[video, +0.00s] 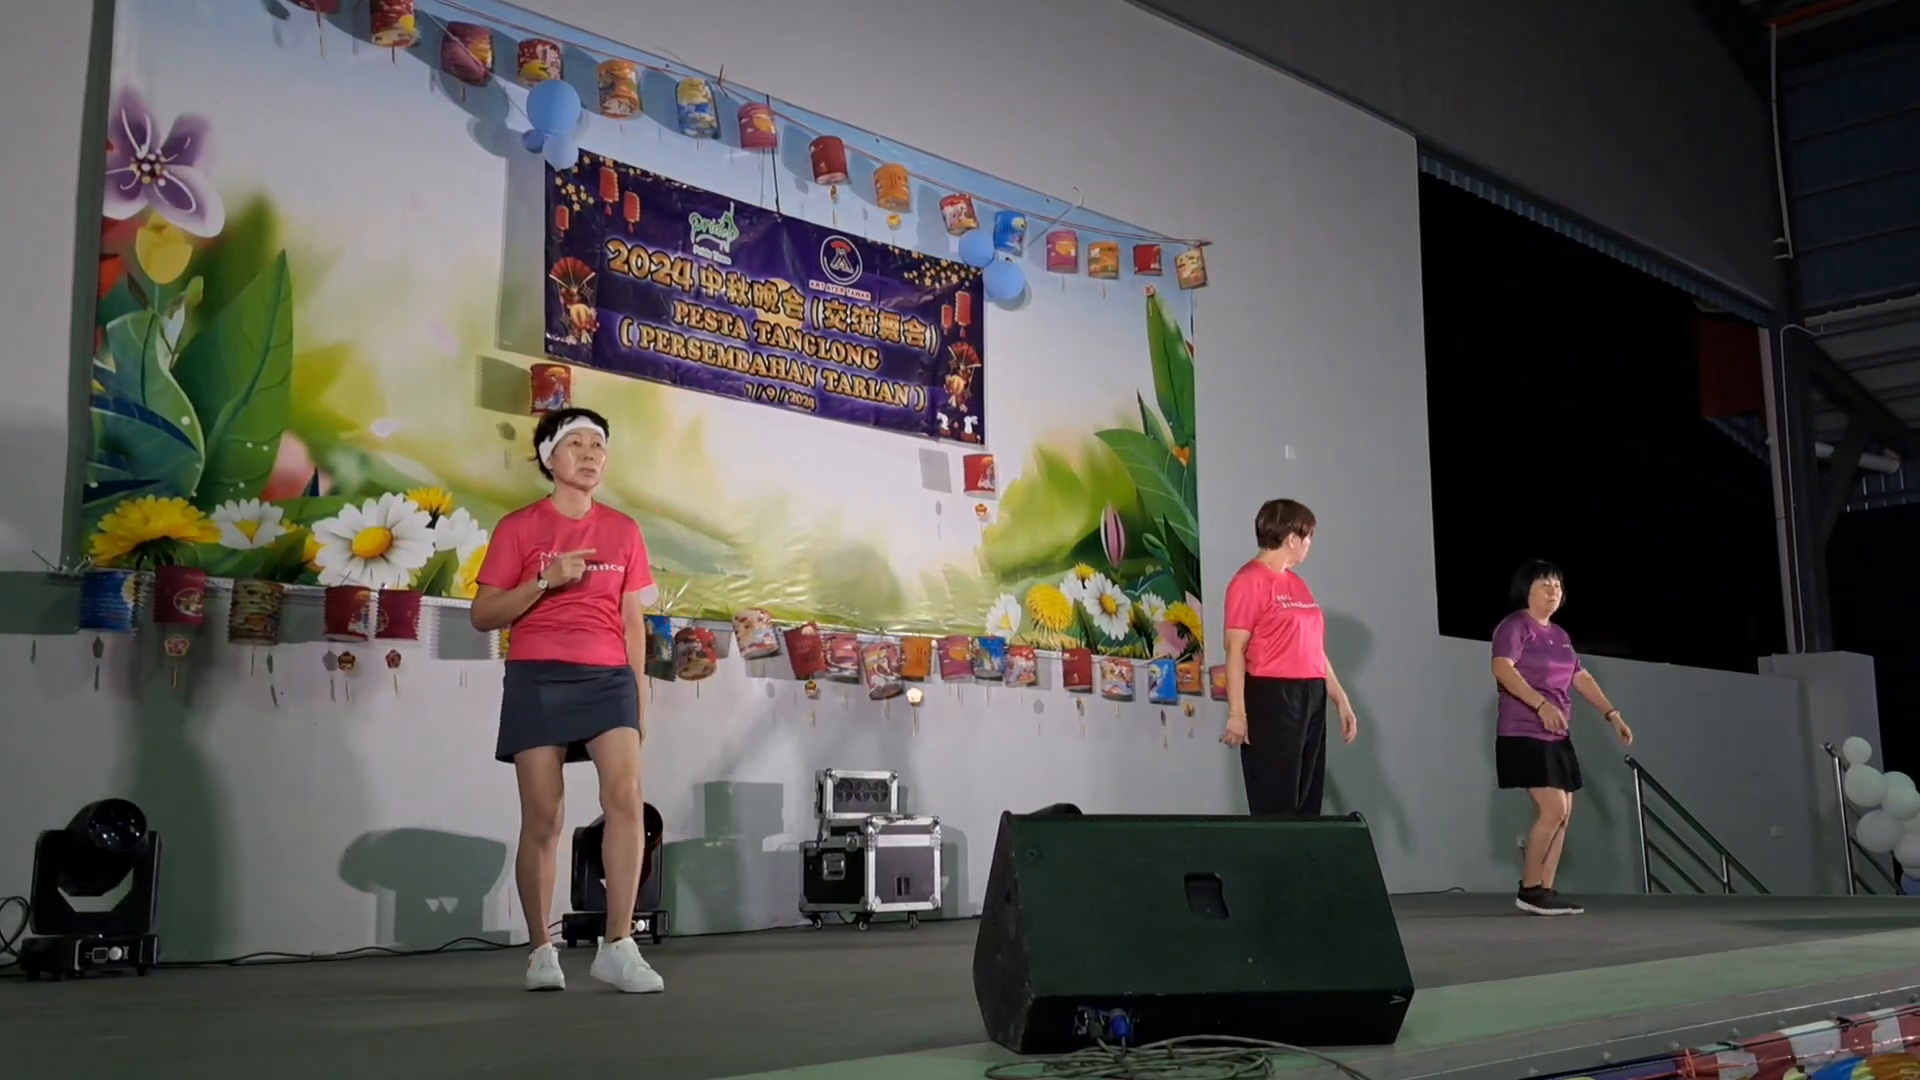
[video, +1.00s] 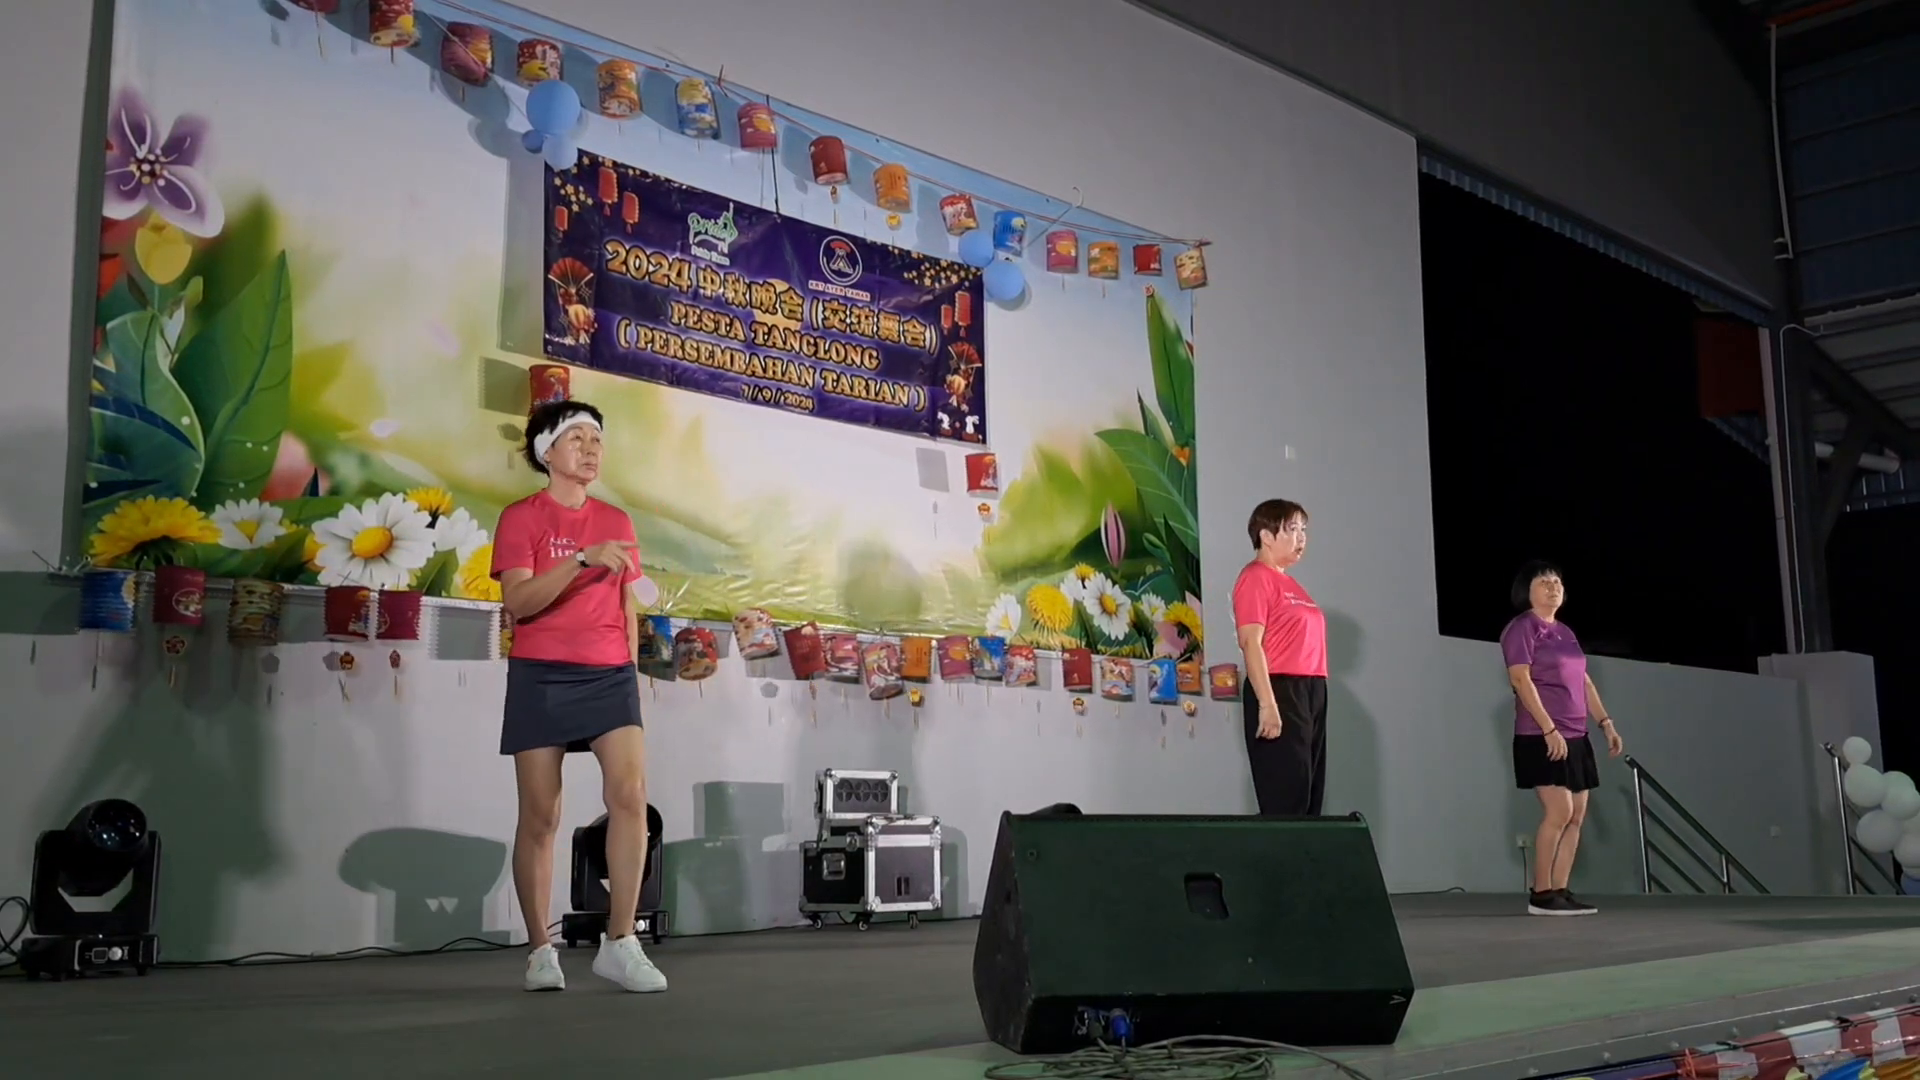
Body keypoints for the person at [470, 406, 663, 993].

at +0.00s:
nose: (589, 453)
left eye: (597, 446)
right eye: (576, 444)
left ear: (606, 461)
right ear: (549, 456)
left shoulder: (623, 530)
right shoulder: (518, 527)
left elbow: (634, 623)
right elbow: (484, 615)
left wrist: (637, 699)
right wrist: (545, 580)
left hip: (610, 680)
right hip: (536, 680)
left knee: (625, 796)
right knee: (543, 818)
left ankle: (618, 943)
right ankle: (543, 947)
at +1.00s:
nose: (590, 450)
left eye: (596, 442)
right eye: (577, 440)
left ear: (602, 454)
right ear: (546, 451)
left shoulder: (617, 522)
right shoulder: (522, 517)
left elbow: (627, 610)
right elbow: (517, 603)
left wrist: (630, 675)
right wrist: (582, 562)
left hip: (609, 677)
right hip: (540, 677)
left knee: (630, 794)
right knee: (540, 815)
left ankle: (620, 941)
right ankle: (542, 948)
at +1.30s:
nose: (608, 443)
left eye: (613, 436)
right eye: (594, 435)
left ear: (620, 453)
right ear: (565, 450)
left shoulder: (639, 522)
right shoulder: (547, 511)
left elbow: (649, 607)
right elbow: (550, 593)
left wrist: (658, 668)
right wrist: (617, 617)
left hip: (638, 675)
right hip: (572, 673)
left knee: (638, 810)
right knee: (560, 819)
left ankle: (618, 950)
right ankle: (545, 946)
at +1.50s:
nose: (633, 449)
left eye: (638, 442)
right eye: (619, 439)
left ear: (642, 455)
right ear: (587, 451)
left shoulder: (657, 526)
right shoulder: (565, 514)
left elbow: (677, 616)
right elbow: (567, 606)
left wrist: (694, 692)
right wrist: (579, 688)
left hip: (664, 677)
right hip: (597, 675)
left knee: (652, 814)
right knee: (591, 818)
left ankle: (621, 950)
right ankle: (553, 931)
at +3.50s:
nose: (596, 448)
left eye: (601, 440)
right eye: (583, 438)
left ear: (606, 453)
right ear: (551, 448)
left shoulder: (617, 523)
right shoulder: (518, 520)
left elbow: (632, 614)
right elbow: (491, 612)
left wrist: (646, 684)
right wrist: (539, 664)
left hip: (611, 681)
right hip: (538, 678)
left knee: (637, 800)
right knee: (542, 813)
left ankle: (617, 942)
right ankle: (542, 949)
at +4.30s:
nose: (583, 446)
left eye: (589, 438)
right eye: (570, 436)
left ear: (595, 449)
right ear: (538, 447)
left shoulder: (609, 521)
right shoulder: (515, 514)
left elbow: (651, 603)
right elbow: (502, 591)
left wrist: (710, 661)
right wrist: (516, 648)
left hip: (602, 676)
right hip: (534, 673)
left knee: (624, 807)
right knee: (537, 815)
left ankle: (609, 951)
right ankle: (542, 949)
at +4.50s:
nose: (580, 448)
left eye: (587, 438)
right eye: (566, 438)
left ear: (593, 450)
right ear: (536, 450)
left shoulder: (611, 523)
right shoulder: (513, 516)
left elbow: (664, 591)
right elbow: (503, 580)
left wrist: (731, 586)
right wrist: (540, 577)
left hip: (600, 676)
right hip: (530, 674)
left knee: (624, 807)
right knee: (536, 816)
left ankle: (610, 950)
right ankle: (542, 950)